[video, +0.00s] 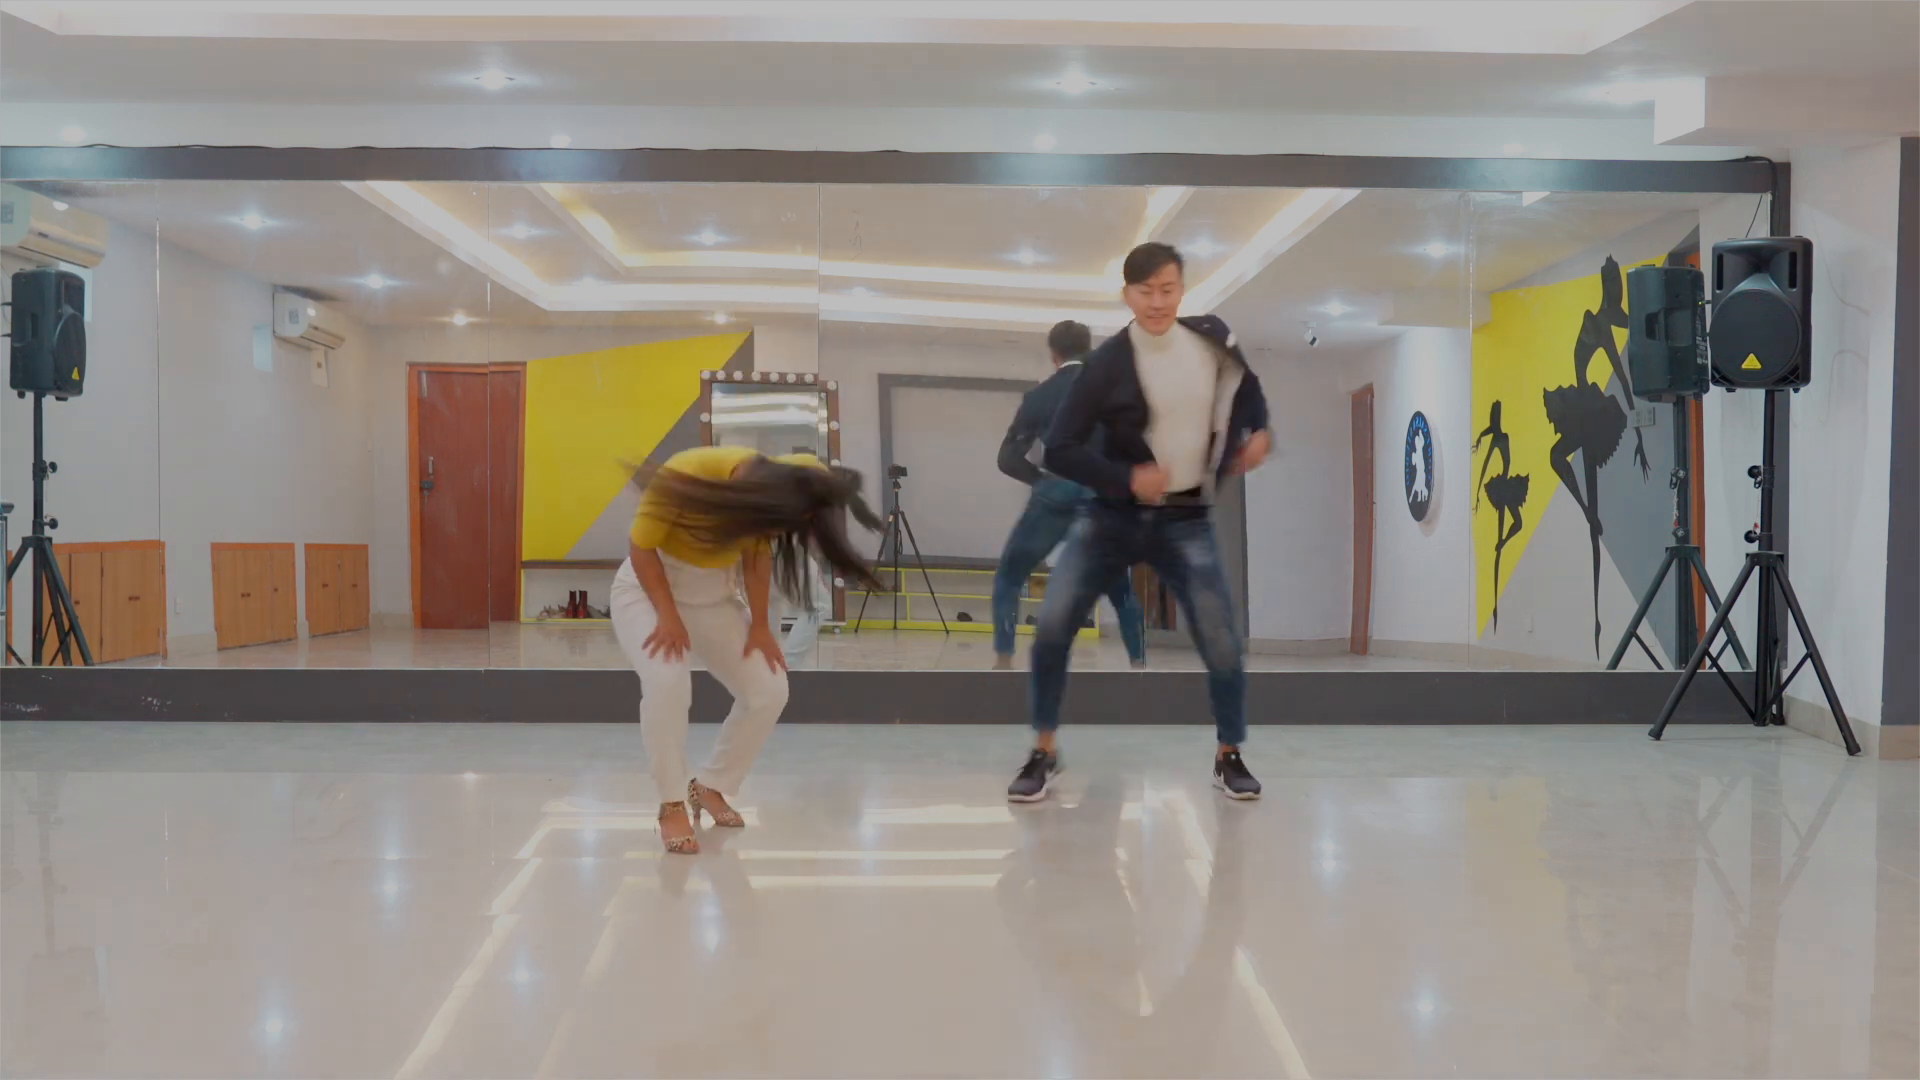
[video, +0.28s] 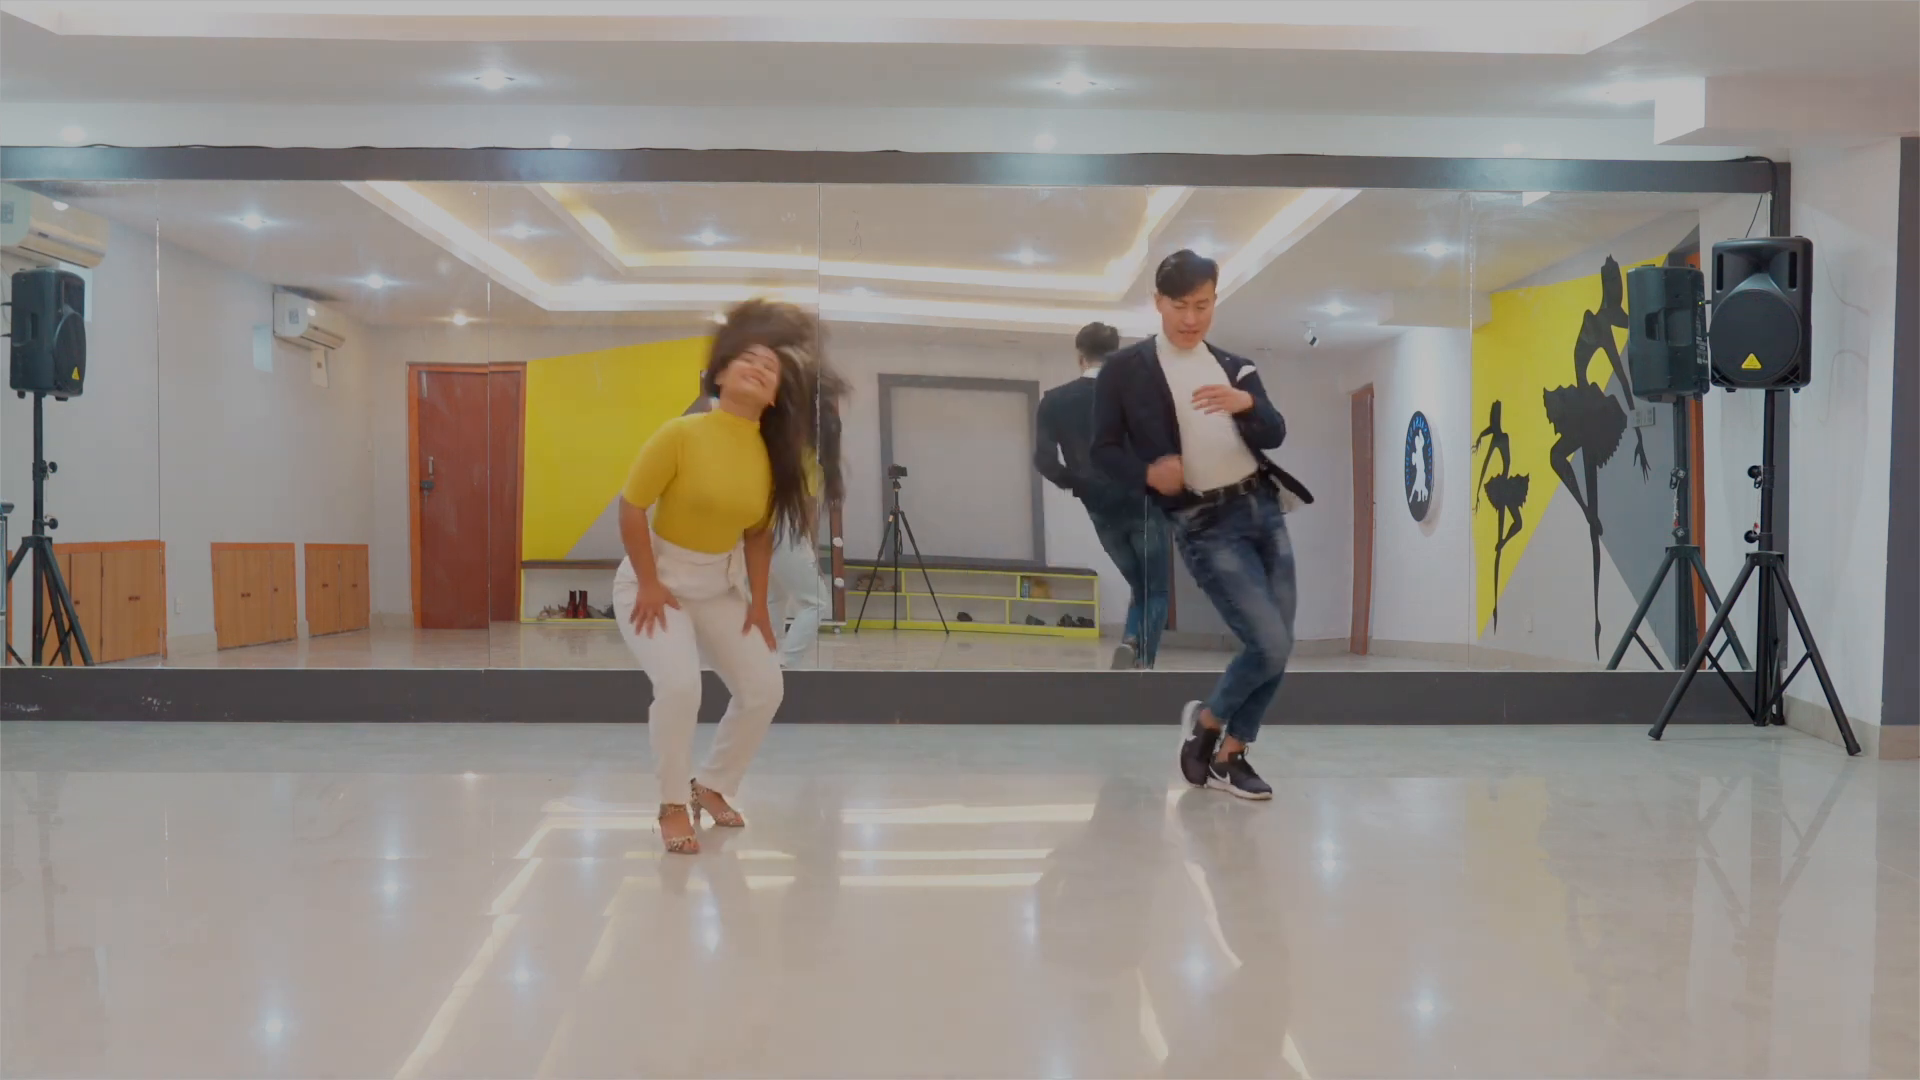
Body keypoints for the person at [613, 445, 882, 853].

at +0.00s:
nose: (780, 528)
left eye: (789, 524)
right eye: (781, 522)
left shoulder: (775, 486)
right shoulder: (682, 474)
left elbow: (757, 553)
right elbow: (641, 545)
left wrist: (760, 624)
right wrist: (668, 615)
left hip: (712, 593)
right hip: (646, 588)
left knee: (768, 689)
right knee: (667, 679)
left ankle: (710, 785)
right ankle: (673, 804)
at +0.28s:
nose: (757, 369)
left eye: (770, 369)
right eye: (747, 359)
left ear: (776, 397)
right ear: (718, 374)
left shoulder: (767, 453)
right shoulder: (681, 436)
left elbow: (759, 533)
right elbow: (630, 508)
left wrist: (759, 599)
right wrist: (647, 581)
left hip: (720, 588)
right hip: (654, 580)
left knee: (763, 689)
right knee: (679, 685)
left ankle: (713, 784)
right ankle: (674, 804)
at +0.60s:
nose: (722, 341)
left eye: (733, 334)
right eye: (710, 337)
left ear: (754, 356)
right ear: (697, 360)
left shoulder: (763, 420)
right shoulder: (678, 409)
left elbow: (752, 477)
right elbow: (609, 450)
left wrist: (752, 516)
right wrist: (650, 514)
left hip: (731, 572)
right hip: (667, 571)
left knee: (759, 685)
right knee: (680, 685)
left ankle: (710, 786)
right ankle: (674, 806)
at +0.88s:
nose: (718, 322)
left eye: (730, 313)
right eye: (708, 316)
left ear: (752, 331)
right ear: (695, 334)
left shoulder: (766, 394)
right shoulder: (676, 376)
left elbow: (779, 456)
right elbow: (601, 399)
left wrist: (762, 475)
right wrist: (653, 431)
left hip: (735, 549)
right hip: (672, 546)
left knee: (748, 676)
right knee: (678, 677)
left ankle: (711, 786)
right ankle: (674, 805)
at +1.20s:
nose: (721, 327)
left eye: (733, 317)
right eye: (711, 317)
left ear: (753, 326)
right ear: (697, 326)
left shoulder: (773, 390)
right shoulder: (678, 379)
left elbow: (804, 453)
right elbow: (619, 416)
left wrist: (842, 417)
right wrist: (640, 351)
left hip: (745, 545)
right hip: (677, 537)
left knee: (735, 673)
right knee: (681, 667)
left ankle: (717, 789)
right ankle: (686, 801)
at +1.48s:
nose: (732, 335)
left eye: (744, 324)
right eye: (722, 323)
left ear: (762, 332)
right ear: (706, 328)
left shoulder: (772, 391)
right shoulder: (691, 381)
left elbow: (767, 471)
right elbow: (692, 447)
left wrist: (796, 519)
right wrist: (744, 424)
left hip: (760, 540)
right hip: (692, 538)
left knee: (746, 669)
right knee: (661, 650)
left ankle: (731, 787)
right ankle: (682, 773)